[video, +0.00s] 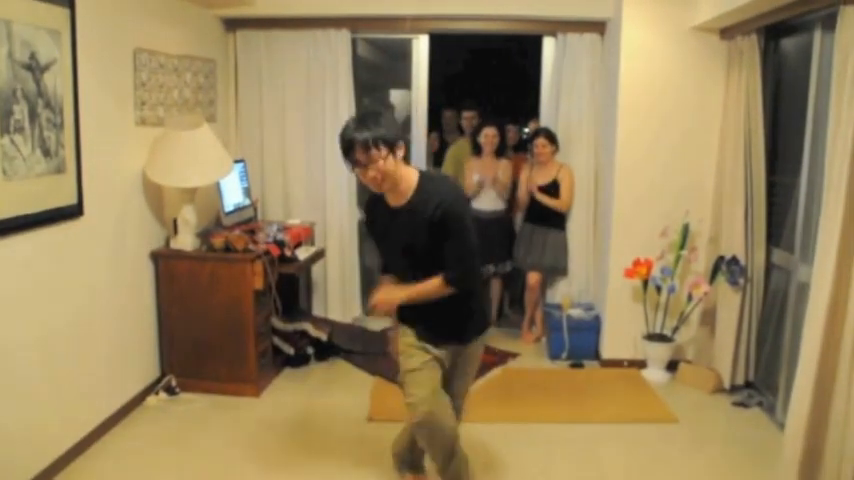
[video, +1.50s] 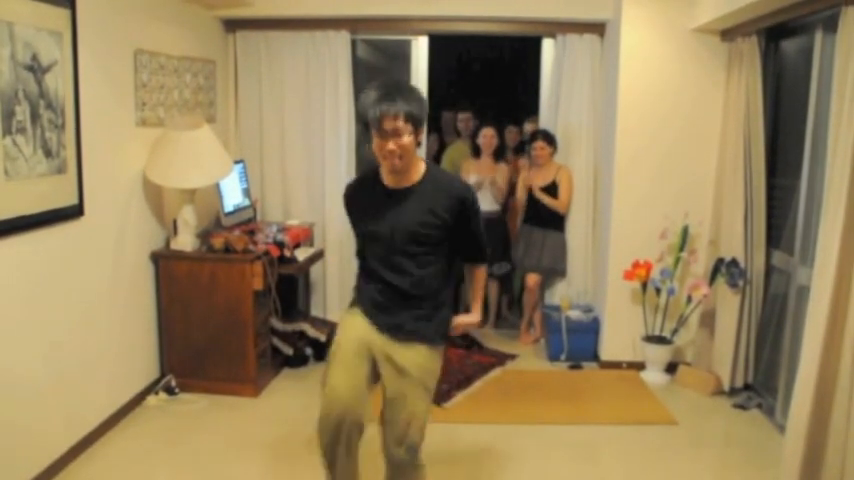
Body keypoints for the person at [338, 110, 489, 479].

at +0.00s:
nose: (372, 173)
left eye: (378, 161)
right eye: (362, 167)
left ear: (399, 152)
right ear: (354, 170)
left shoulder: (444, 196)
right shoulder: (375, 208)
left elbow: (463, 275)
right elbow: (391, 267)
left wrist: (399, 294)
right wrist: (386, 312)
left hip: (465, 327)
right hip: (415, 326)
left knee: (448, 413)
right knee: (425, 412)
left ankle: (406, 455)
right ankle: (456, 471)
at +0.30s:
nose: (456, 168)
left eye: (466, 158)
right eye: (449, 157)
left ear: (489, 150)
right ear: (437, 145)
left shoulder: (504, 202)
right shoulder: (420, 180)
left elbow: (514, 287)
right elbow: (412, 234)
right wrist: (404, 287)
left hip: (493, 317)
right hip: (435, 311)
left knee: (517, 414)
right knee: (377, 366)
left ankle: (560, 473)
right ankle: (431, 463)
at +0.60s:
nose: (459, 160)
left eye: (470, 152)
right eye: (453, 148)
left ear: (488, 150)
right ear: (440, 139)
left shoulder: (504, 201)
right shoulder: (418, 182)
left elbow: (543, 265)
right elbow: (380, 222)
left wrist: (574, 320)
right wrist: (353, 241)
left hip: (475, 324)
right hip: (427, 318)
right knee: (412, 410)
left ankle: (492, 474)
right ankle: (454, 474)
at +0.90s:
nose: (442, 140)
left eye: (452, 131)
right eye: (433, 130)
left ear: (467, 133)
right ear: (418, 131)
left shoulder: (487, 190)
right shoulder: (391, 180)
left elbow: (532, 243)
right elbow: (345, 244)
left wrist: (562, 208)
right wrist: (383, 280)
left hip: (446, 320)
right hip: (392, 317)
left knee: (406, 406)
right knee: (416, 396)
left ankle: (388, 474)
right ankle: (435, 455)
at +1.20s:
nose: (406, 107)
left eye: (416, 96)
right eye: (398, 97)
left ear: (436, 98)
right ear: (387, 100)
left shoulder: (460, 149)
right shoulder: (375, 149)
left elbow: (483, 190)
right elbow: (317, 195)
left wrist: (460, 217)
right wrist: (259, 211)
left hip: (441, 279)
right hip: (390, 260)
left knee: (420, 394)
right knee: (371, 303)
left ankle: (404, 474)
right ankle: (377, 410)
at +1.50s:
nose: (392, 145)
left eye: (400, 135)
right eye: (384, 136)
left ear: (419, 136)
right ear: (371, 139)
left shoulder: (454, 195)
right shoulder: (358, 194)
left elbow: (475, 257)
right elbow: (371, 254)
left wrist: (475, 312)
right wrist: (365, 301)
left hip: (420, 332)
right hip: (364, 316)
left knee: (401, 447)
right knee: (337, 414)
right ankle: (341, 474)